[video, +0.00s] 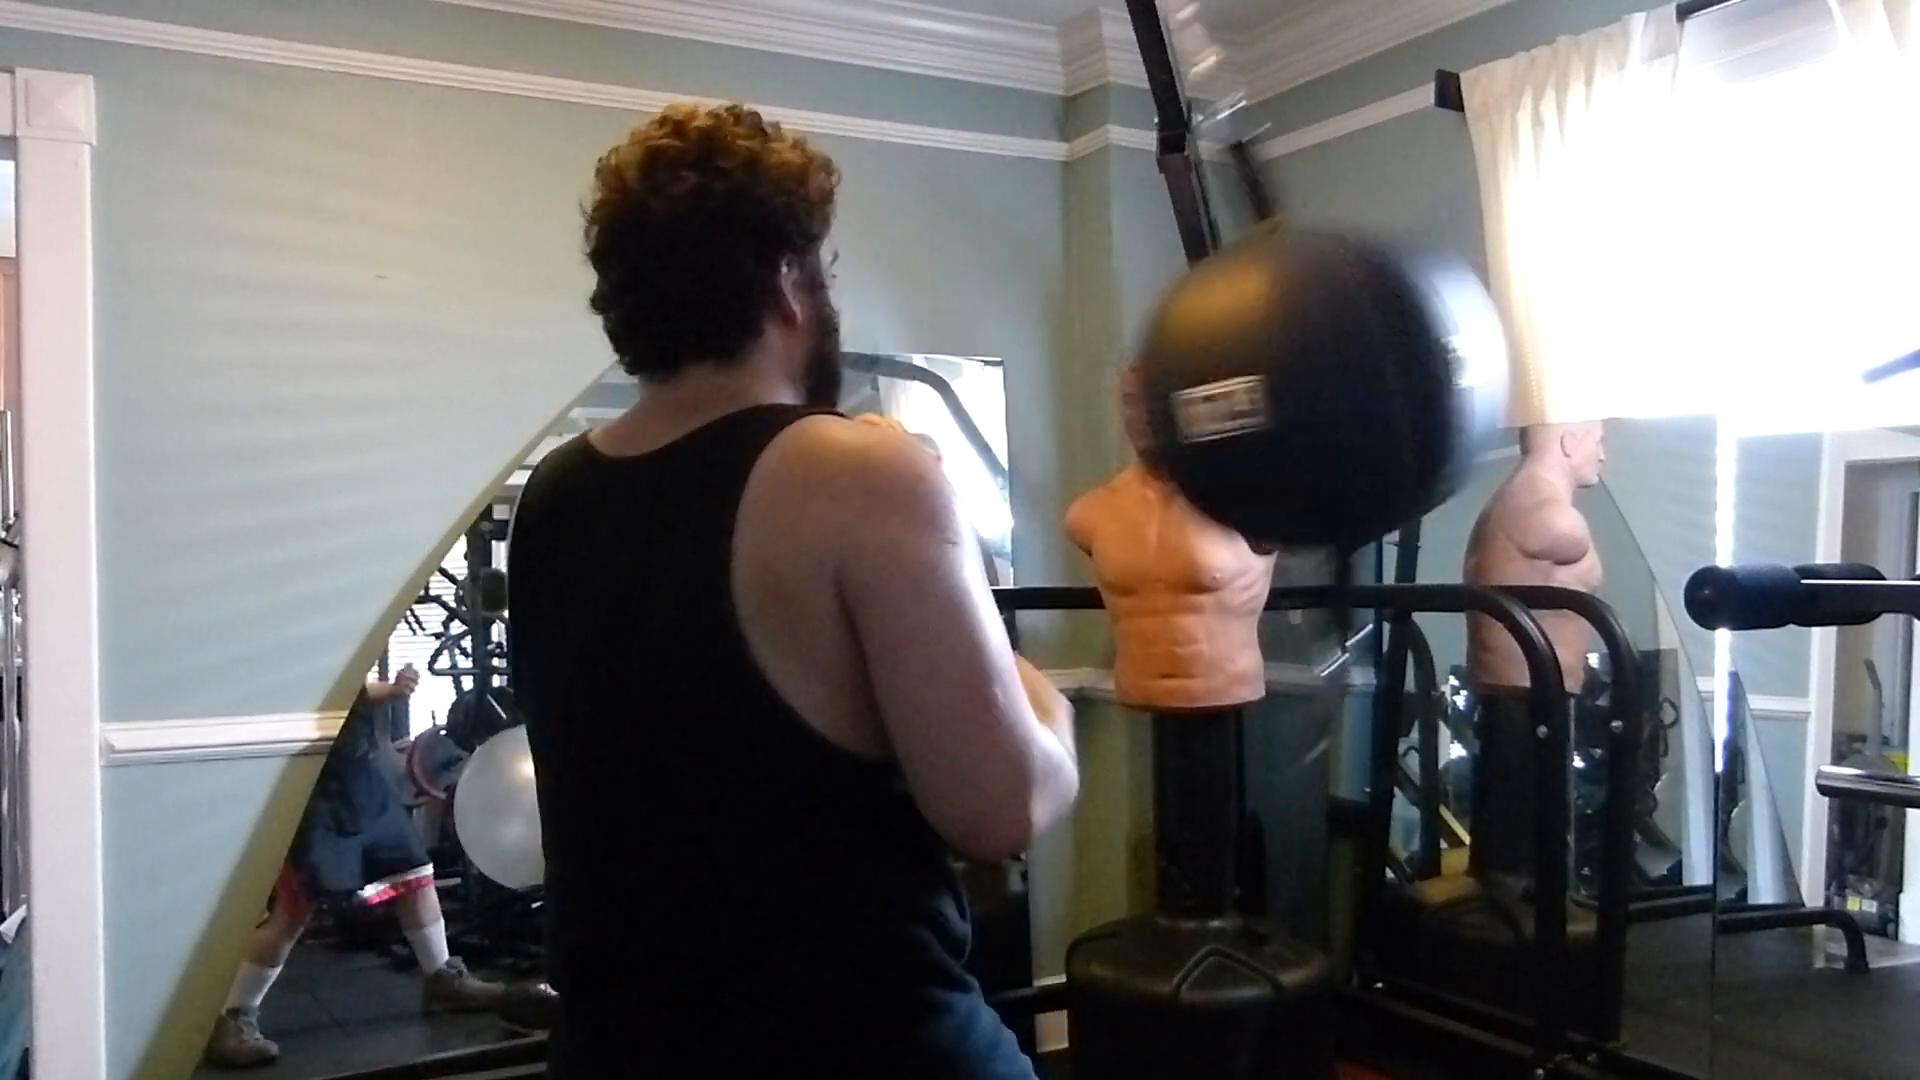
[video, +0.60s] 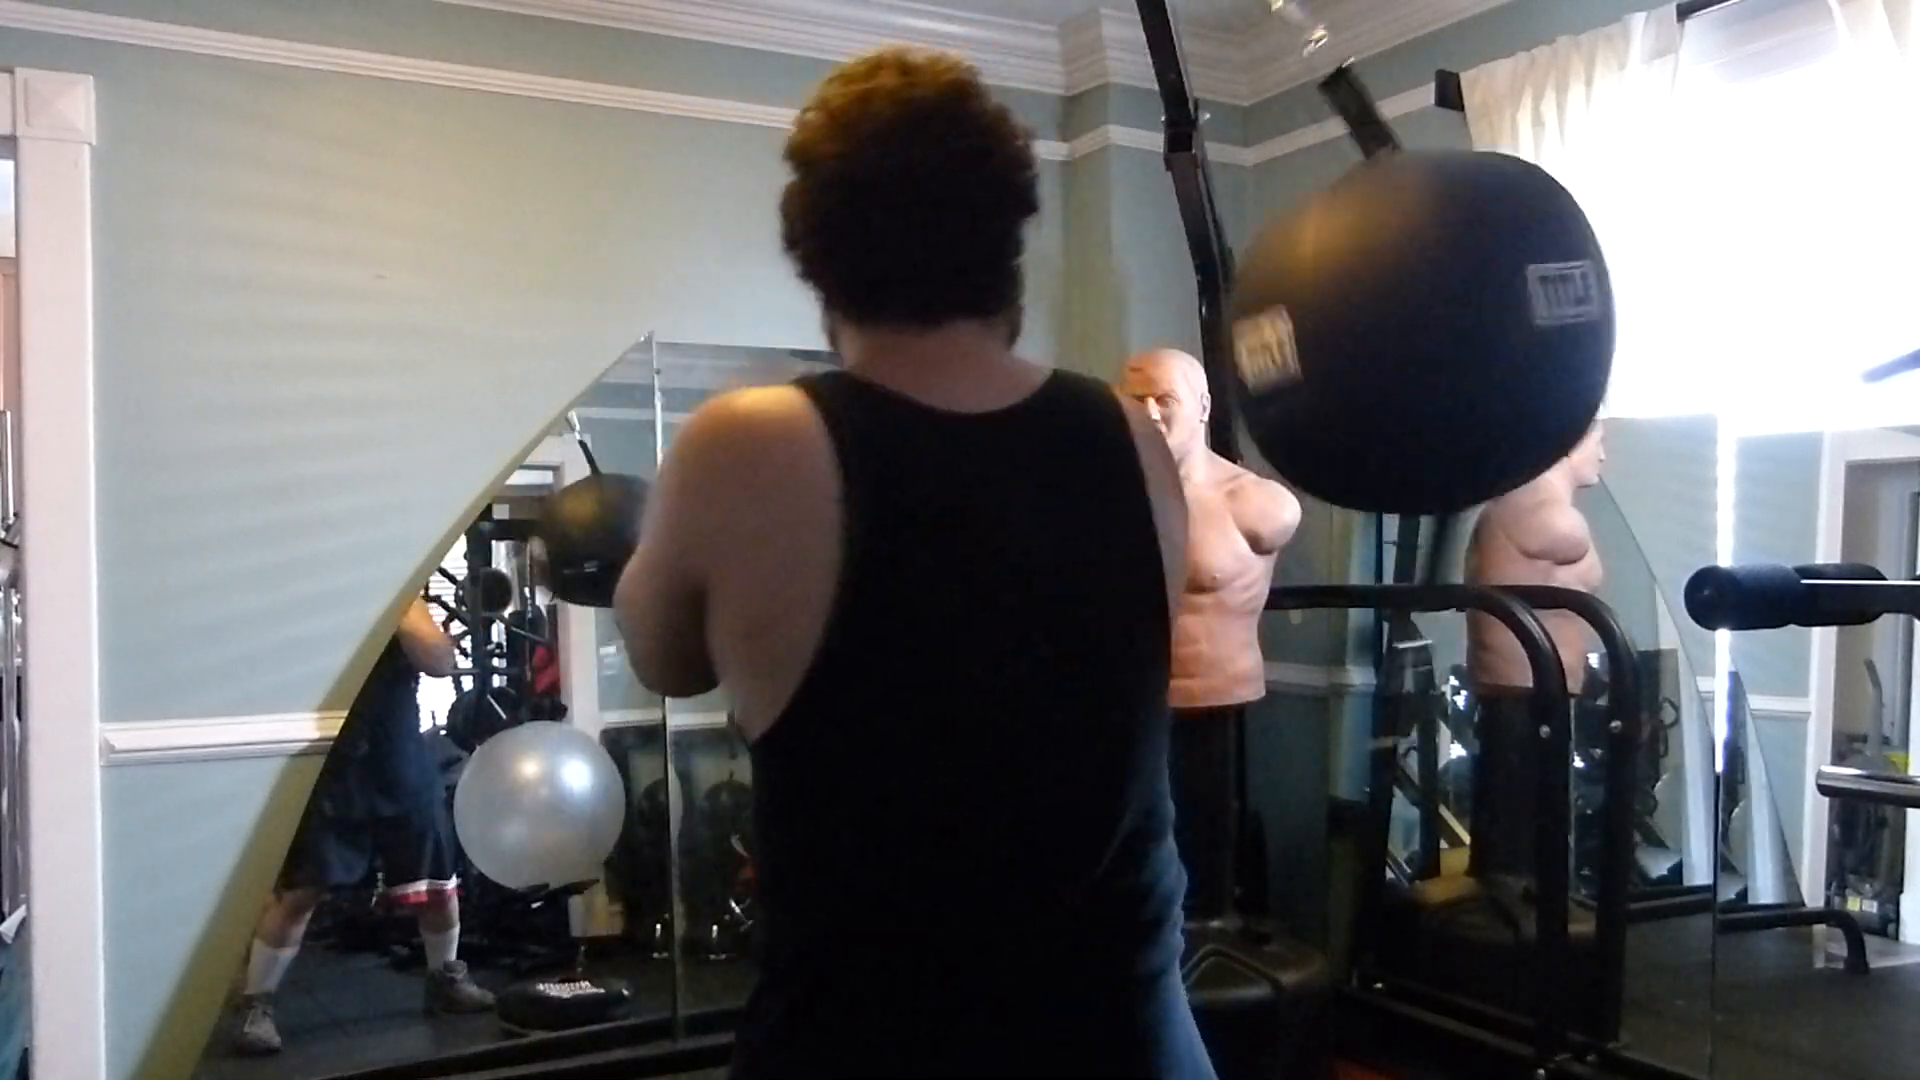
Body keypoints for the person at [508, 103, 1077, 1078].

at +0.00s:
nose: (834, 298)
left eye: (828, 267)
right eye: (824, 268)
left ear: (626, 300)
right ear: (789, 285)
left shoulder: (554, 499)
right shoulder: (865, 472)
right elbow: (997, 813)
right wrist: (1042, 706)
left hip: (625, 1028)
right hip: (868, 1033)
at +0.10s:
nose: (874, 287)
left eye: (868, 260)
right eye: (867, 262)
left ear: (662, 291)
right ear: (836, 282)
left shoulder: (575, 481)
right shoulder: (923, 494)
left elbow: (566, 702)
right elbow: (1036, 831)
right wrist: (1135, 763)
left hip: (641, 1024)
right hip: (895, 1030)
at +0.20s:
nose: (951, 275)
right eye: (943, 247)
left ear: (732, 271)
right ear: (925, 270)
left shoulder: (622, 467)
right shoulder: (1019, 506)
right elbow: (1133, 781)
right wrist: (1207, 623)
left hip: (691, 1019)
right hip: (953, 1029)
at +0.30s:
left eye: (829, 219)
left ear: (837, 255)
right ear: (1039, 256)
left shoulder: (728, 437)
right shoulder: (1128, 494)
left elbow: (664, 612)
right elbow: (1088, 691)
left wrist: (674, 414)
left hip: (780, 1002)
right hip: (1040, 1010)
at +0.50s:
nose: (856, 232)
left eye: (858, 210)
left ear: (874, 232)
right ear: (1070, 227)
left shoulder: (785, 419)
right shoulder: (1155, 444)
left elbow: (674, 628)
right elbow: (1135, 660)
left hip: (859, 1017)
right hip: (1128, 1014)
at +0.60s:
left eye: (796, 213)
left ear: (809, 241)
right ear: (1014, 225)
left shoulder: (742, 448)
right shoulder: (1133, 444)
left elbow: (667, 661)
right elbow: (1162, 591)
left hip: (847, 1024)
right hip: (1113, 1022)